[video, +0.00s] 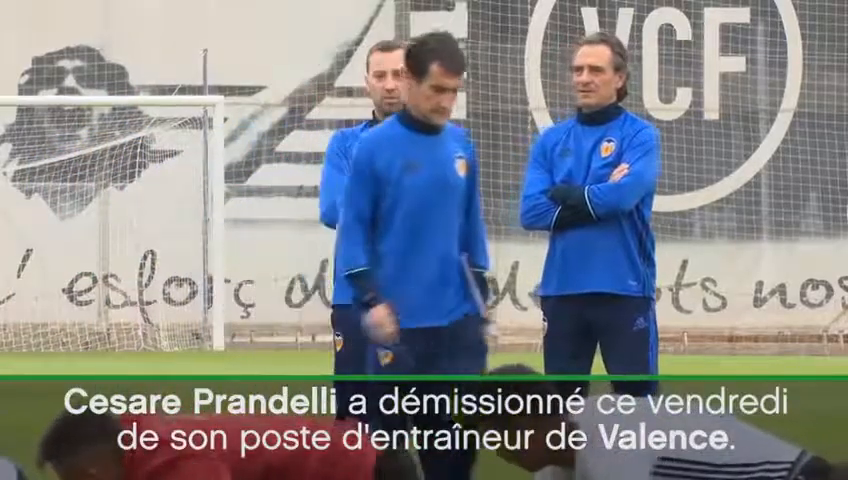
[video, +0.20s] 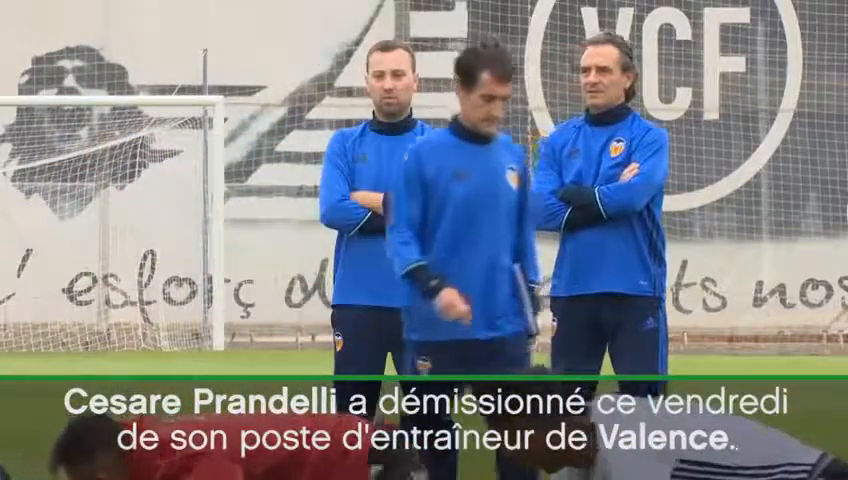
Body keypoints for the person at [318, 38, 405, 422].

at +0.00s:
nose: (389, 84)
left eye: (399, 74)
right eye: (380, 75)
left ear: (414, 80)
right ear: (367, 83)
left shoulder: (435, 141)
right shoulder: (346, 141)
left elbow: (448, 205)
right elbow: (331, 209)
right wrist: (393, 195)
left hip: (424, 293)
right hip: (358, 293)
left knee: (419, 407)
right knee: (356, 409)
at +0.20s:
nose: (388, 84)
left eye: (398, 75)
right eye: (379, 76)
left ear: (415, 82)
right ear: (367, 83)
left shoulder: (436, 143)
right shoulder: (345, 142)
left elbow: (441, 211)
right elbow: (332, 210)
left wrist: (371, 199)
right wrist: (405, 219)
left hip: (422, 301)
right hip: (358, 301)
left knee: (428, 418)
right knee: (354, 418)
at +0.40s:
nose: (389, 85)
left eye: (398, 75)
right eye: (379, 76)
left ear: (415, 82)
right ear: (367, 84)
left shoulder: (439, 143)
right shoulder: (343, 142)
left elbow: (437, 205)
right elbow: (332, 210)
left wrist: (367, 198)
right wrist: (405, 214)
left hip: (422, 304)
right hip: (357, 304)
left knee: (432, 416)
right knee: (352, 416)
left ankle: (439, 479)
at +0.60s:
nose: (388, 84)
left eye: (398, 75)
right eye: (379, 76)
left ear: (415, 82)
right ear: (367, 84)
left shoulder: (438, 142)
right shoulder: (344, 142)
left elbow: (433, 205)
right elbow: (332, 210)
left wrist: (361, 197)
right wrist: (404, 214)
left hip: (422, 304)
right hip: (357, 303)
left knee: (433, 419)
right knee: (352, 419)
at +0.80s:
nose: (388, 84)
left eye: (398, 75)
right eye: (378, 76)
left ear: (415, 82)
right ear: (367, 84)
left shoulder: (438, 143)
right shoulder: (343, 142)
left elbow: (432, 205)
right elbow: (331, 210)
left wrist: (361, 197)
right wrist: (405, 213)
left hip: (422, 302)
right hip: (357, 302)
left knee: (433, 417)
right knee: (351, 418)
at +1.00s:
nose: (388, 85)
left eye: (398, 75)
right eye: (378, 76)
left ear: (415, 82)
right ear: (367, 84)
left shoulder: (438, 143)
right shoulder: (343, 142)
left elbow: (432, 208)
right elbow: (331, 212)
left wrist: (361, 197)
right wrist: (406, 208)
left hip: (421, 301)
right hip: (356, 300)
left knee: (431, 416)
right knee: (352, 417)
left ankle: (443, 479)